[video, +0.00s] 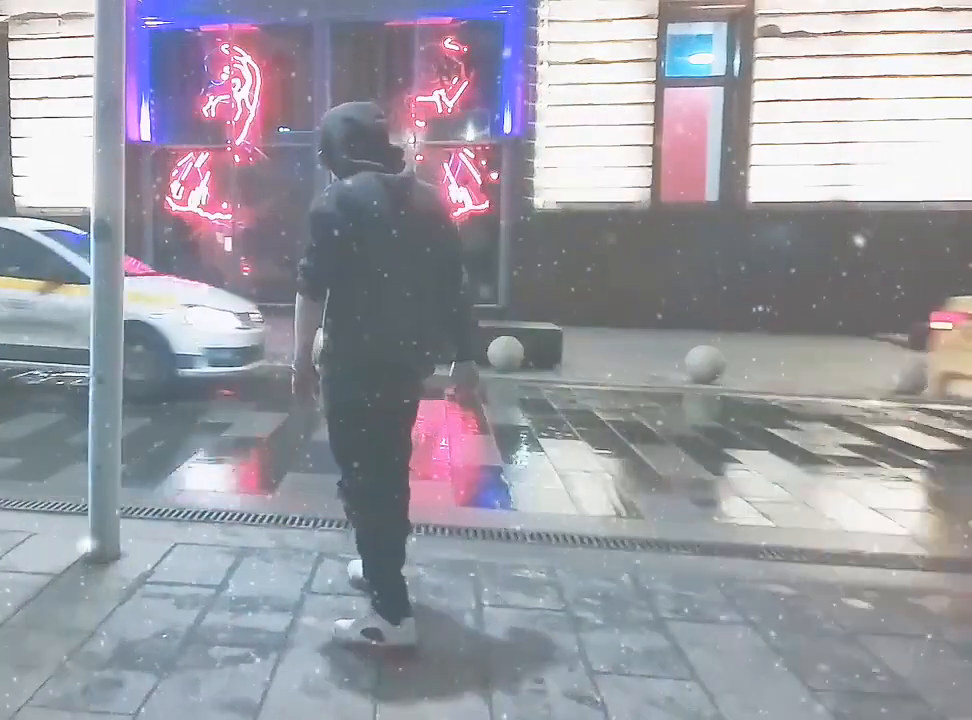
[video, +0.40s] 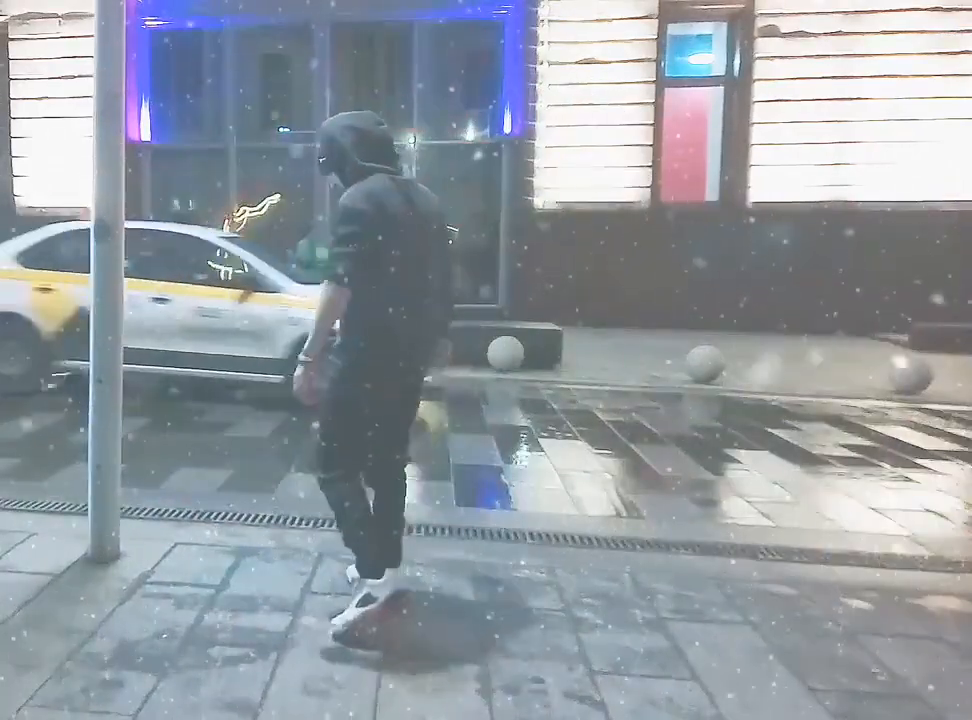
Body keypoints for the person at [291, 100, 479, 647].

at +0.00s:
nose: (325, 166)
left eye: (326, 156)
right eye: (327, 157)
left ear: (336, 154)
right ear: (381, 146)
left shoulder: (335, 202)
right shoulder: (425, 199)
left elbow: (313, 289)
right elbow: (455, 287)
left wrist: (301, 355)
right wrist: (466, 365)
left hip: (353, 357)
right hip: (409, 355)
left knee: (361, 472)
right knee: (393, 464)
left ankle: (394, 614)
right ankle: (379, 566)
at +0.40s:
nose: (330, 176)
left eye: (331, 165)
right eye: (328, 167)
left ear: (347, 156)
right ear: (382, 149)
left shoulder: (357, 200)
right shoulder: (426, 200)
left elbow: (339, 288)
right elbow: (441, 293)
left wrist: (311, 356)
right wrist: (426, 352)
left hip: (366, 350)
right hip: (412, 350)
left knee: (334, 463)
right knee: (388, 461)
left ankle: (373, 574)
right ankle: (385, 573)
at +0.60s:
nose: (339, 182)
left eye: (338, 170)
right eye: (334, 172)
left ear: (357, 156)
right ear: (374, 152)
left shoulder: (383, 200)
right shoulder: (407, 193)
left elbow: (380, 285)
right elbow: (403, 283)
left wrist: (345, 351)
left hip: (387, 351)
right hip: (408, 349)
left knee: (343, 454)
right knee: (387, 453)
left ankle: (401, 557)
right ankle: (387, 566)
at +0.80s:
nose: (349, 182)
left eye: (349, 170)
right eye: (345, 172)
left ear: (368, 160)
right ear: (378, 158)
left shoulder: (402, 205)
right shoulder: (397, 201)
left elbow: (416, 287)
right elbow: (393, 284)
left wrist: (392, 361)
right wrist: (360, 330)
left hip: (404, 356)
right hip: (398, 352)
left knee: (378, 457)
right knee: (388, 459)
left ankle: (463, 553)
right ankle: (385, 567)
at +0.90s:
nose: (353, 184)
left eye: (354, 172)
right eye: (349, 173)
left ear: (378, 163)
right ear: (381, 164)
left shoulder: (418, 211)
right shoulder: (396, 207)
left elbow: (432, 294)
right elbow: (386, 286)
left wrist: (419, 368)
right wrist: (352, 333)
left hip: (407, 358)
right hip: (388, 353)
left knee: (394, 460)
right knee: (396, 459)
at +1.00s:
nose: (360, 184)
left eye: (363, 171)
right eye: (357, 173)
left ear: (388, 161)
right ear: (384, 164)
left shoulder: (430, 211)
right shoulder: (401, 208)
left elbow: (439, 296)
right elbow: (385, 287)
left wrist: (430, 367)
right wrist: (353, 335)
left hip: (408, 360)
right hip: (389, 356)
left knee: (401, 463)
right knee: (401, 462)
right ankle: (384, 569)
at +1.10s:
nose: (370, 184)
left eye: (375, 171)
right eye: (367, 173)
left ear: (403, 160)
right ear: (393, 163)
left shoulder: (447, 209)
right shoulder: (406, 211)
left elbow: (457, 287)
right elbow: (388, 288)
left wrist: (446, 362)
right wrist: (356, 339)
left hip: (422, 358)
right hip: (398, 355)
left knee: (397, 454)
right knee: (417, 458)